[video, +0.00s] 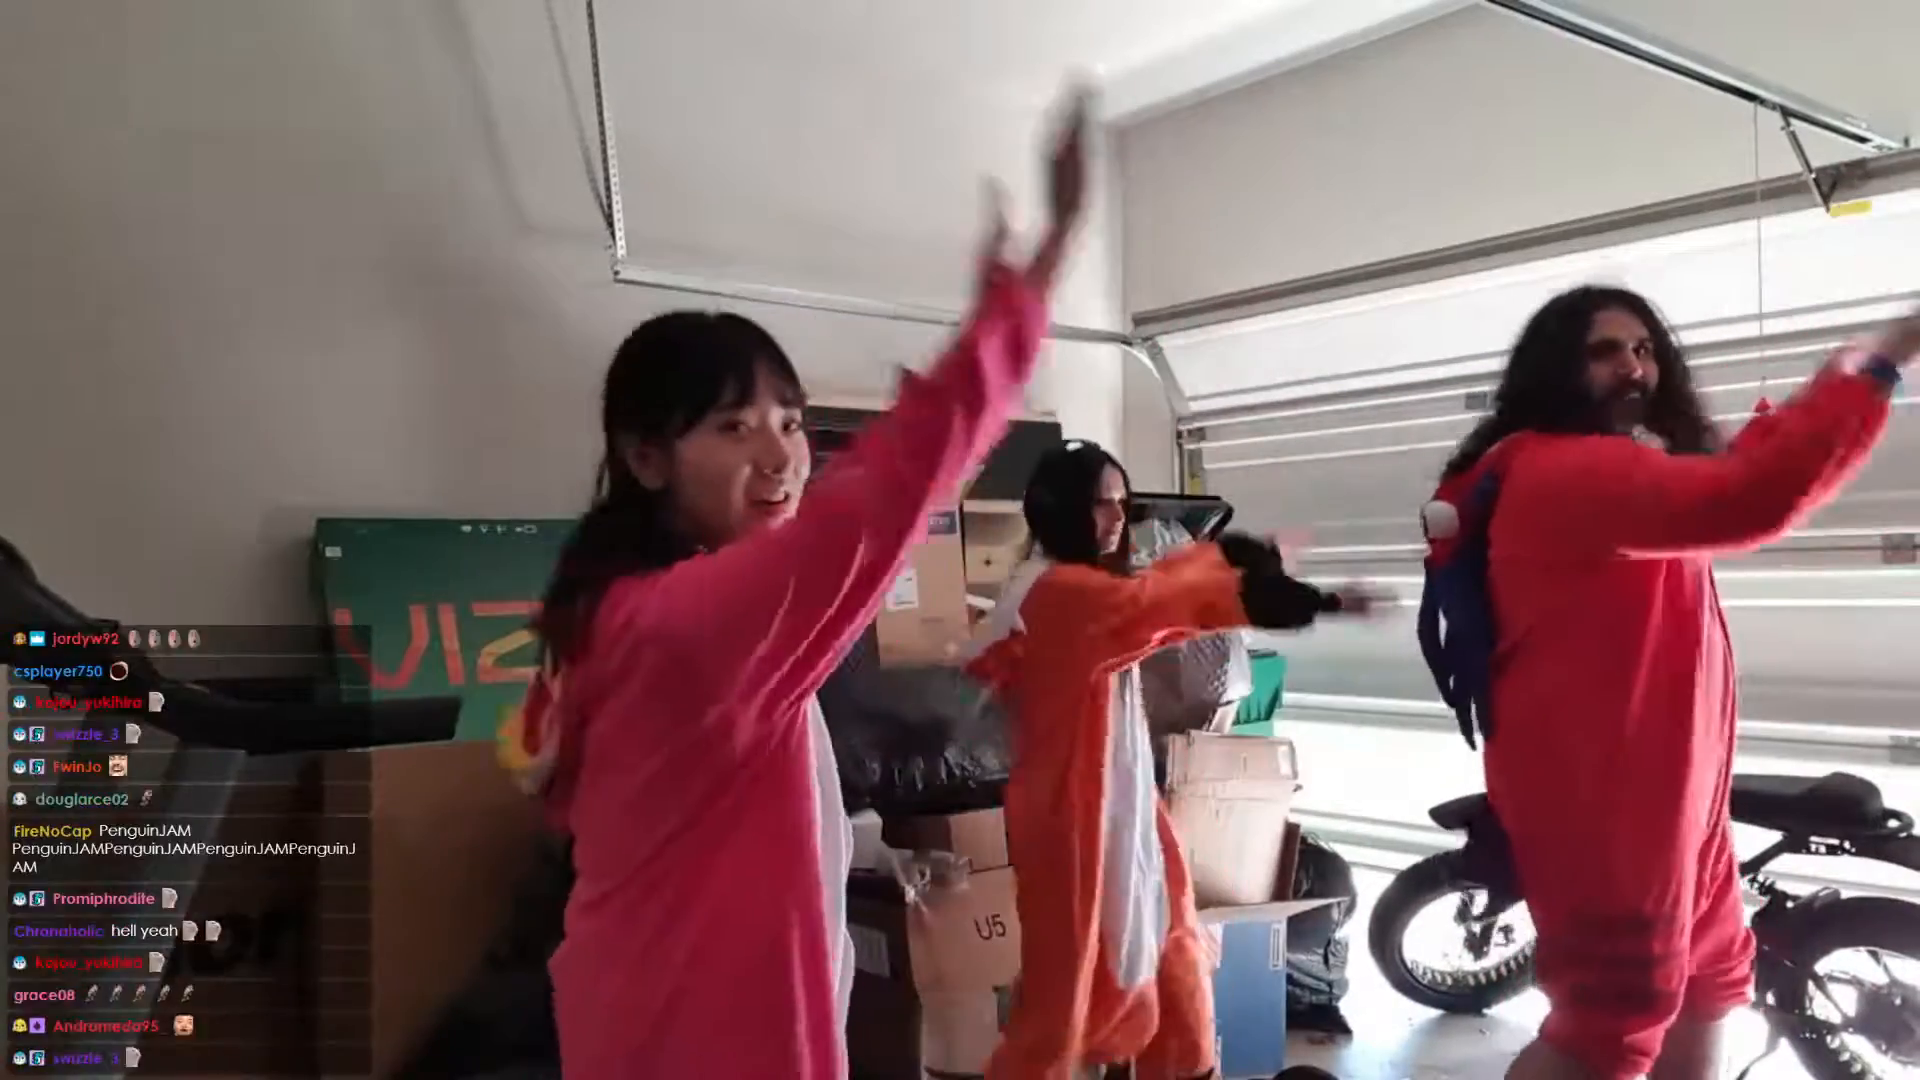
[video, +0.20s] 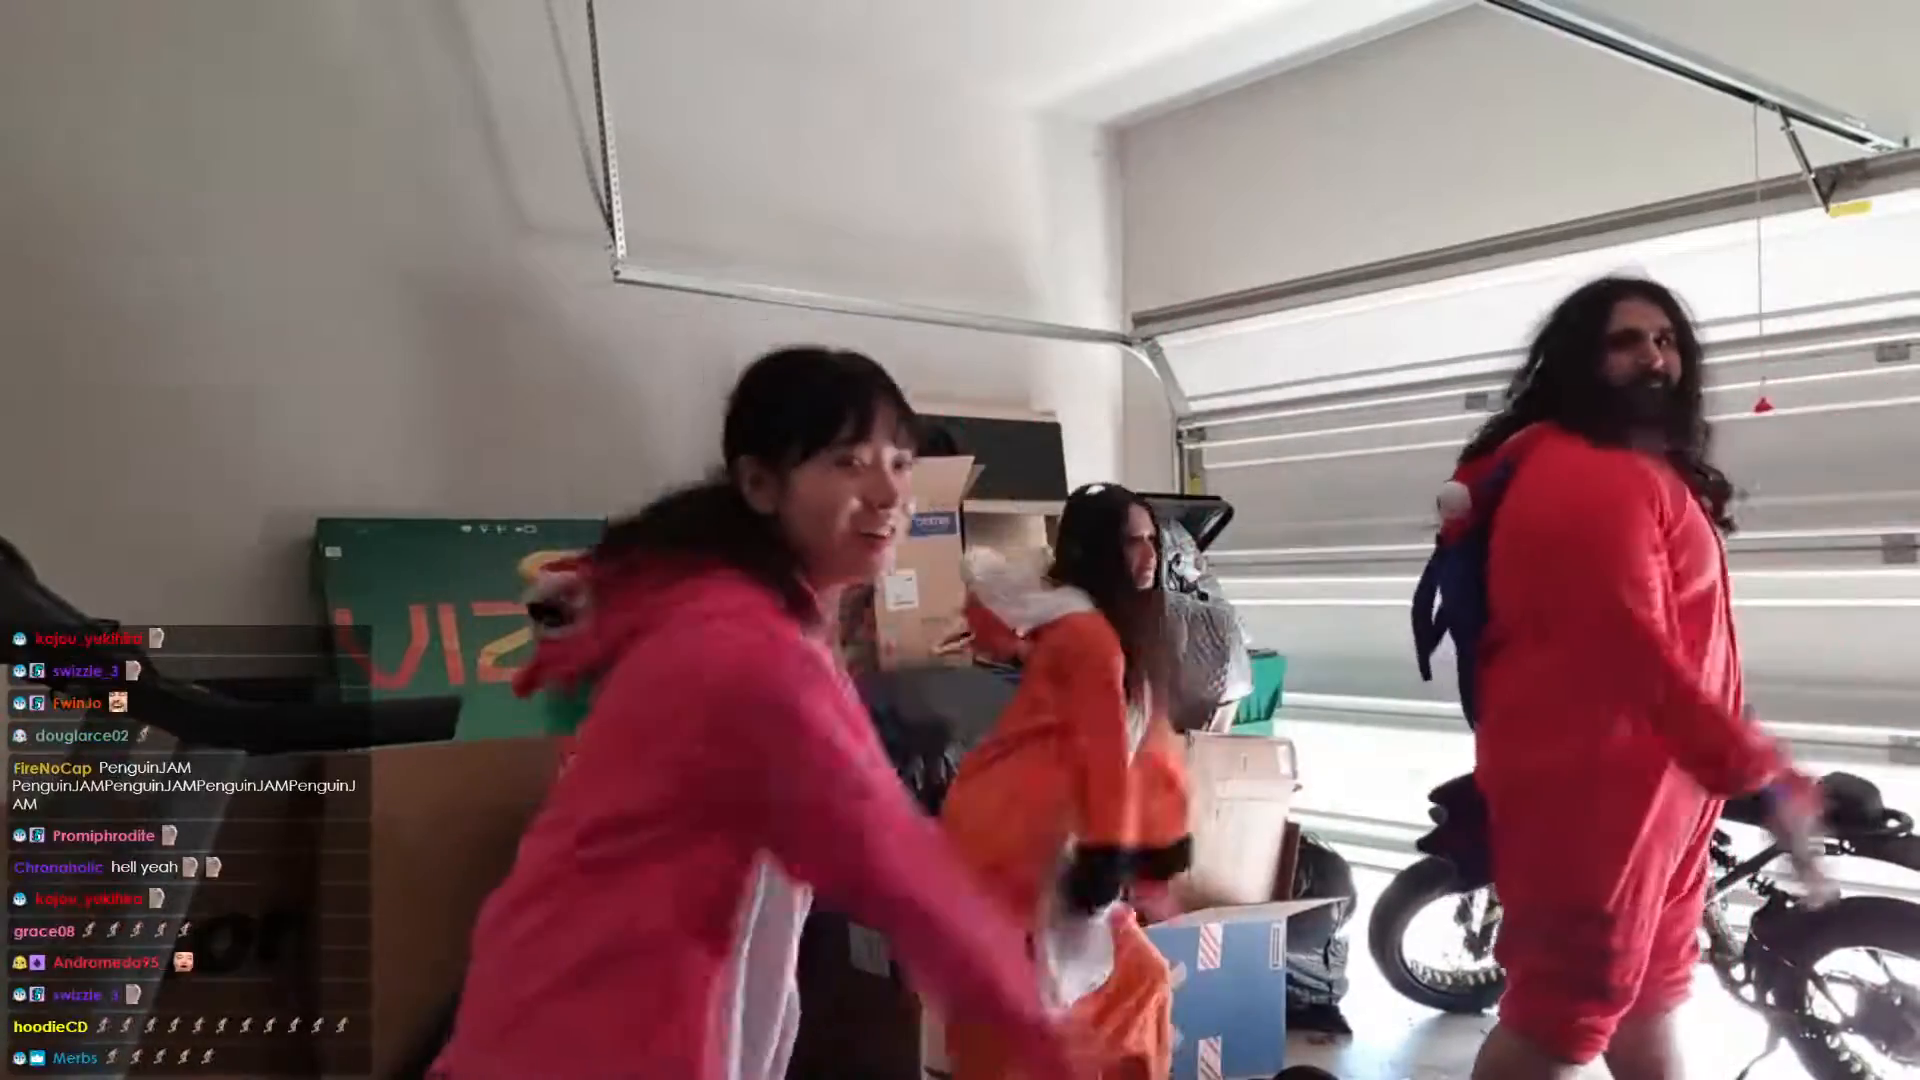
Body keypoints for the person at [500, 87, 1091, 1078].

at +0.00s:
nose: (780, 453)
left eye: (789, 423)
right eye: (733, 425)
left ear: (809, 434)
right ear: (648, 458)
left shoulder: (719, 620)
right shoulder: (676, 624)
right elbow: (882, 494)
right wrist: (1045, 260)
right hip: (701, 1045)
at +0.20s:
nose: (887, 494)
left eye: (898, 466)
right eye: (850, 463)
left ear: (909, 480)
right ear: (759, 482)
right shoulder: (754, 650)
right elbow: (896, 873)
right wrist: (1042, 1029)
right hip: (608, 1036)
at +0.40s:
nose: (855, 502)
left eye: (873, 475)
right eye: (816, 470)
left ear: (890, 504)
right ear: (732, 496)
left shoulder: (805, 677)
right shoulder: (697, 677)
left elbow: (867, 924)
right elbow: (756, 975)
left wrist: (906, 1068)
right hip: (560, 1054)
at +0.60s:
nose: (714, 416)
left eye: (716, 388)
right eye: (665, 395)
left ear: (740, 402)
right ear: (578, 441)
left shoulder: (720, 594)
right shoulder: (607, 595)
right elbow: (874, 498)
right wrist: (1103, 307)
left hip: (775, 1032)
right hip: (660, 1045)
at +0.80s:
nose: (744, 457)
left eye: (747, 430)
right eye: (715, 431)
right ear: (625, 479)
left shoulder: (721, 642)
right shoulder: (630, 634)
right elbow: (765, 441)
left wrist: (859, 863)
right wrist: (786, 197)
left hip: (759, 1050)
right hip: (669, 1054)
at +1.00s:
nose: (839, 442)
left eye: (844, 419)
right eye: (803, 410)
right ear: (700, 423)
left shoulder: (732, 586)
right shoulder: (642, 576)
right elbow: (882, 622)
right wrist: (1134, 602)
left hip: (666, 1027)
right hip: (562, 1032)